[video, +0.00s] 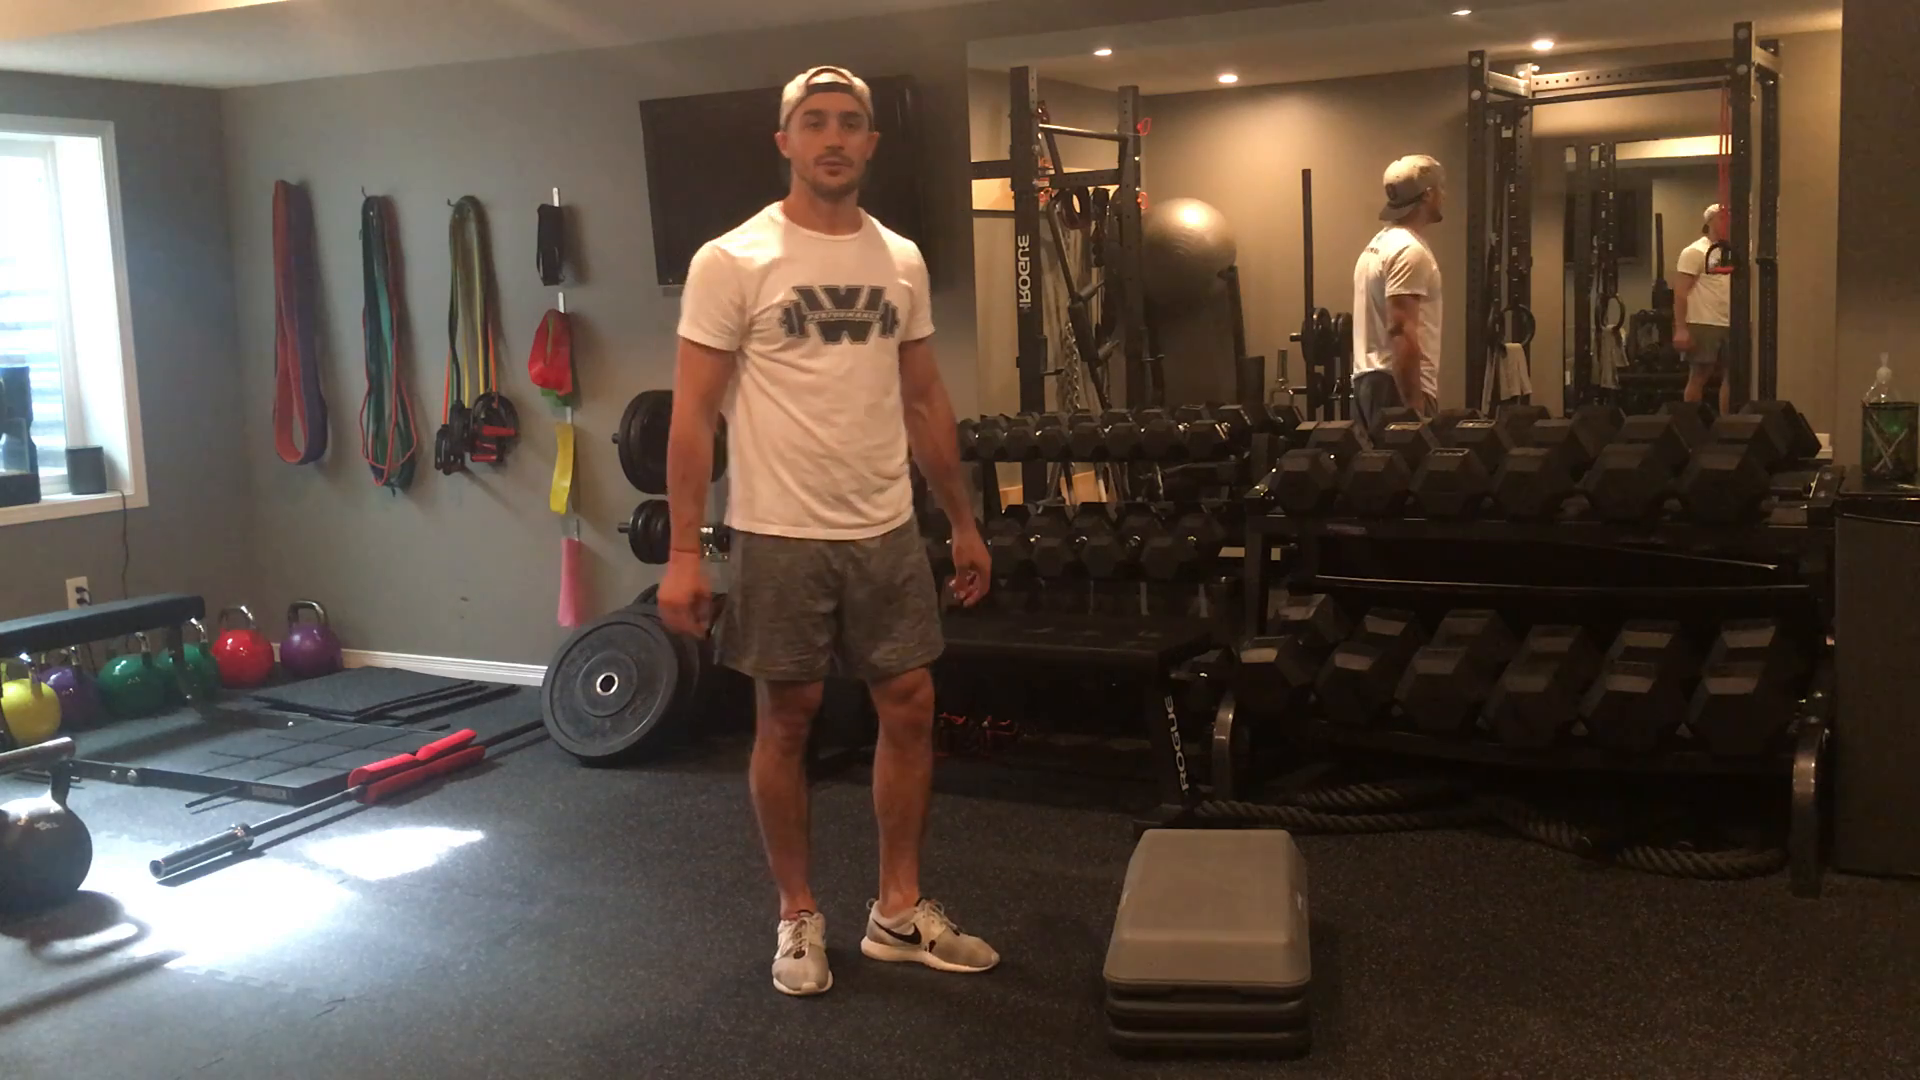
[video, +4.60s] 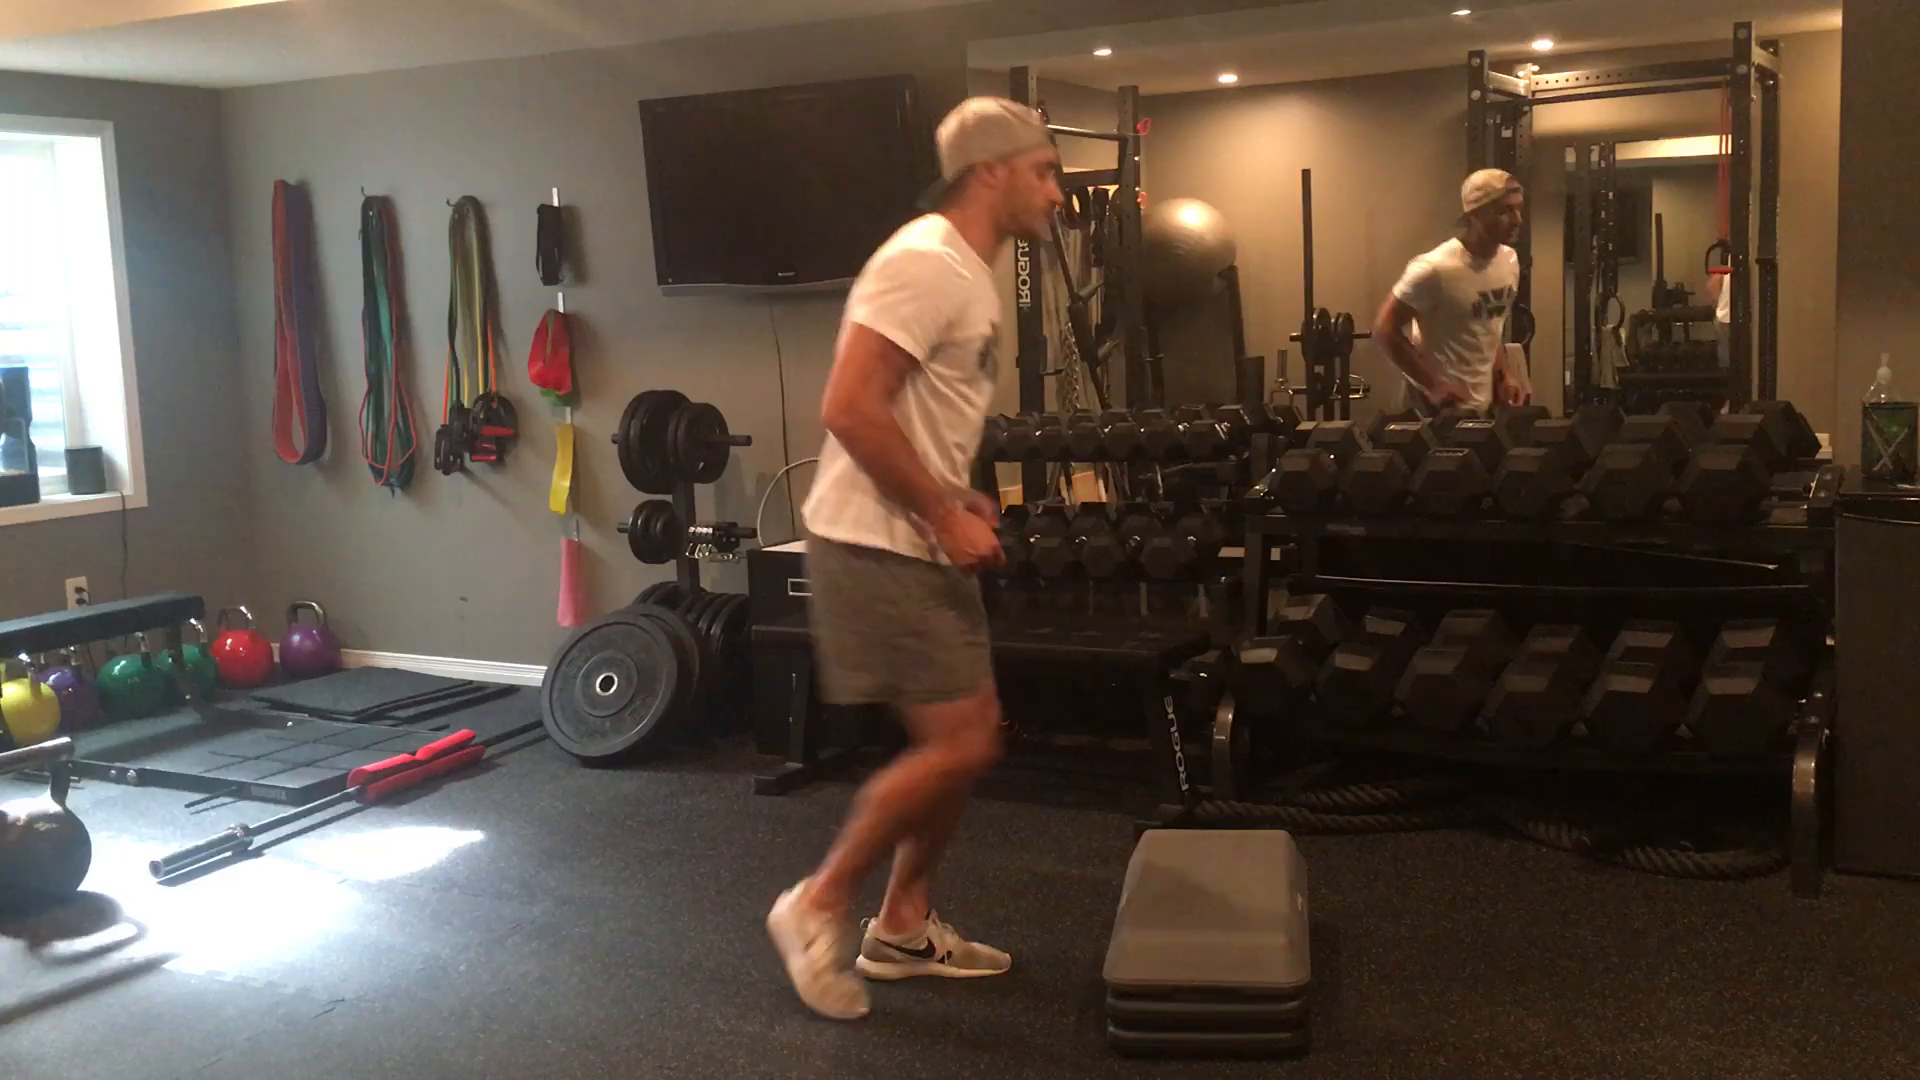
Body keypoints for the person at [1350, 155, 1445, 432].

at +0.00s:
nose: (1443, 196)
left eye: (1442, 189)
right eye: (1440, 189)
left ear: (1399, 197)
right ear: (1428, 195)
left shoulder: (1376, 245)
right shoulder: (1409, 251)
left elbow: (1369, 328)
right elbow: (1401, 331)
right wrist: (1416, 406)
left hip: (1366, 385)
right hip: (1395, 389)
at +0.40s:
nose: (1464, 199)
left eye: (1463, 191)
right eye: (1462, 191)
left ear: (1417, 196)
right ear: (1449, 198)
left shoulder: (1386, 246)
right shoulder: (1428, 253)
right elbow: (1429, 340)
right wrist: (1451, 409)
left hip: (1379, 385)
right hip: (1412, 390)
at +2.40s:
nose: (1465, 196)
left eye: (1463, 187)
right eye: (1462, 187)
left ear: (1419, 197)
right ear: (1451, 193)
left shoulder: (1388, 252)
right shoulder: (1440, 251)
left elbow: (1383, 332)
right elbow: (1450, 339)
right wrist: (1482, 402)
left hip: (1391, 389)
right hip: (1431, 392)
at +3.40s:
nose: (1469, 202)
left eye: (1470, 193)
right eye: (1468, 193)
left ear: (1425, 196)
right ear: (1456, 194)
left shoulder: (1396, 246)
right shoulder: (1433, 254)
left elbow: (1392, 329)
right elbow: (1434, 340)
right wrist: (1466, 408)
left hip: (1391, 386)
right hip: (1421, 392)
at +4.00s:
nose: (1477, 215)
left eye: (1479, 205)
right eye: (1471, 204)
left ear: (1444, 199)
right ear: (1443, 199)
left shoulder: (1440, 249)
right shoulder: (1409, 247)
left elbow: (1429, 327)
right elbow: (1395, 327)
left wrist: (1444, 394)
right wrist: (1438, 392)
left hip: (1428, 394)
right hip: (1400, 392)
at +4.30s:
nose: (1487, 214)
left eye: (1490, 204)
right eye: (1478, 204)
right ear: (1450, 201)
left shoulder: (1475, 257)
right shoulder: (1409, 252)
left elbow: (1464, 329)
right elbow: (1366, 318)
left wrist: (1479, 392)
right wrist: (1395, 386)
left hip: (1452, 399)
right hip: (1411, 400)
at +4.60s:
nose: (1518, 220)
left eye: (1519, 210)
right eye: (1505, 212)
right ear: (1475, 215)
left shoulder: (1508, 259)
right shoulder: (1432, 269)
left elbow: (1491, 331)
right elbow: (1384, 331)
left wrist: (1506, 374)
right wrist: (1433, 386)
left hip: (1484, 411)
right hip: (1438, 414)